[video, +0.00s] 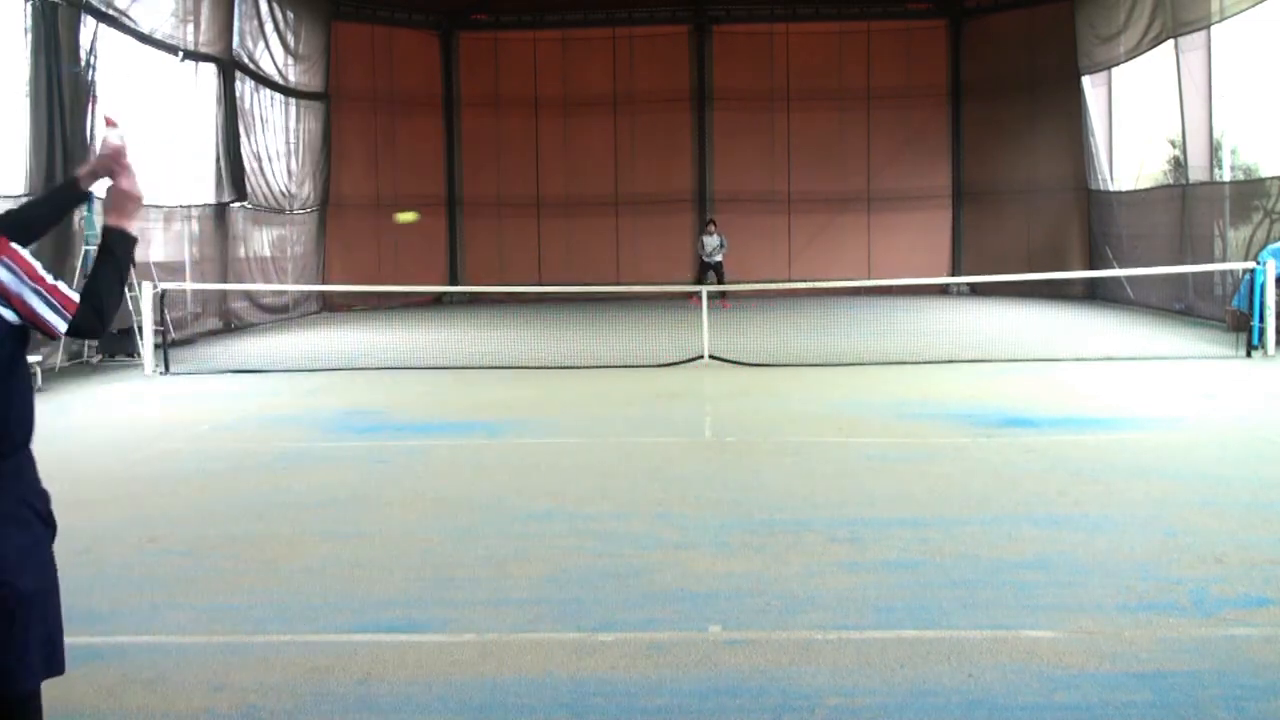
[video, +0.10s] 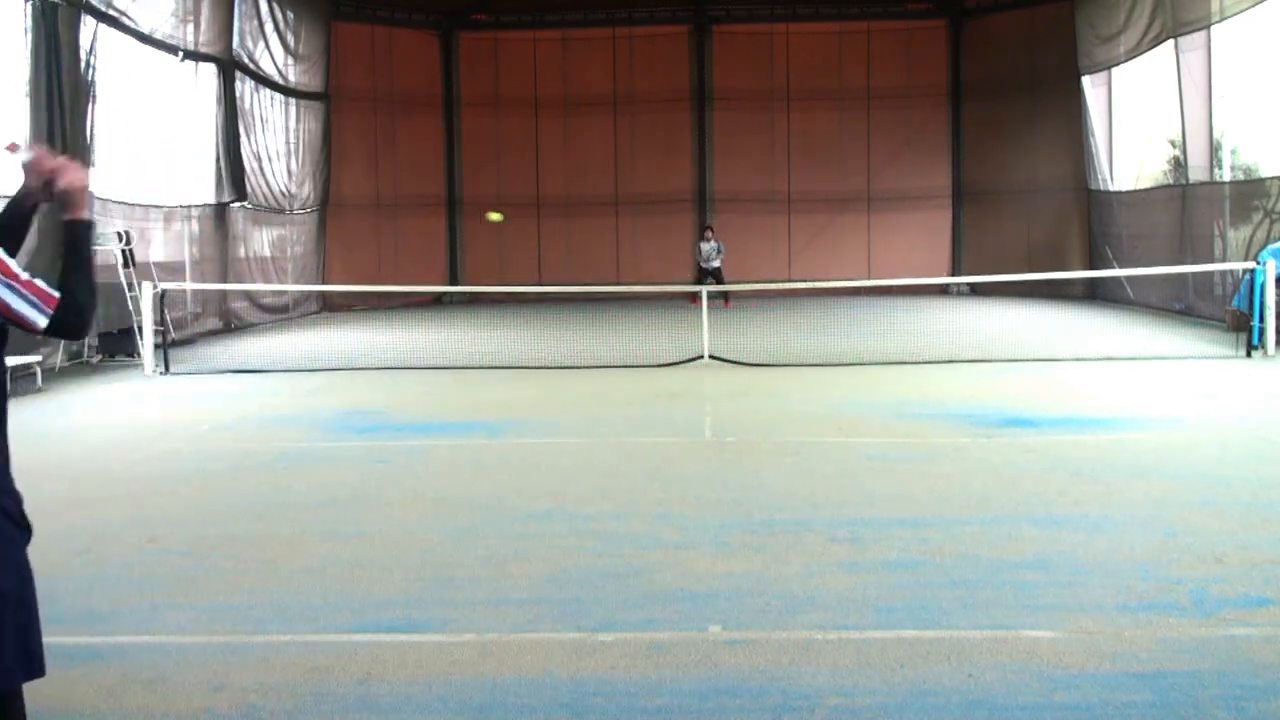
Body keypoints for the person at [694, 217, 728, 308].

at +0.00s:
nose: (711, 229)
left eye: (713, 226)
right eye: (709, 227)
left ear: (715, 228)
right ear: (706, 228)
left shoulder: (720, 237)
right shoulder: (703, 237)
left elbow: (724, 247)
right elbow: (699, 248)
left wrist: (718, 253)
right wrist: (704, 254)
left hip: (717, 260)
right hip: (706, 260)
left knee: (721, 279)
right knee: (700, 278)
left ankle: (723, 298)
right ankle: (696, 295)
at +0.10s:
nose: (708, 235)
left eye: (709, 232)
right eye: (706, 232)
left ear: (712, 234)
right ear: (704, 234)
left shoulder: (717, 243)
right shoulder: (700, 244)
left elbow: (722, 253)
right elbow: (697, 255)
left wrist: (715, 258)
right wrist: (702, 260)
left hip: (715, 266)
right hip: (704, 266)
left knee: (721, 283)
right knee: (699, 282)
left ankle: (726, 299)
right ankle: (695, 297)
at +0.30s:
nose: (705, 240)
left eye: (707, 238)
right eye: (703, 238)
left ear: (710, 239)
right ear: (701, 240)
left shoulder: (714, 248)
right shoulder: (700, 249)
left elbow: (712, 259)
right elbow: (699, 259)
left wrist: (703, 258)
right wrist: (699, 259)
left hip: (716, 270)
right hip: (705, 270)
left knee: (721, 286)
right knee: (696, 285)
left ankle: (726, 302)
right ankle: (694, 301)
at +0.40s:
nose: (703, 239)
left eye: (705, 237)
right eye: (702, 237)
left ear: (708, 238)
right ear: (700, 239)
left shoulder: (711, 246)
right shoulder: (702, 248)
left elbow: (709, 256)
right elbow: (702, 257)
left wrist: (695, 256)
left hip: (716, 268)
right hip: (707, 268)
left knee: (720, 284)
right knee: (700, 283)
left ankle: (726, 301)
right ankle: (699, 300)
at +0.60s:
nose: (699, 241)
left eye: (700, 239)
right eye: (697, 239)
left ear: (704, 239)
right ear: (696, 241)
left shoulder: (707, 247)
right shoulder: (700, 249)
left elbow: (699, 256)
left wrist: (688, 260)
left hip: (716, 268)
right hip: (707, 270)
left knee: (716, 283)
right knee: (701, 283)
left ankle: (726, 300)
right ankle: (701, 299)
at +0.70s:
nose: (698, 243)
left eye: (699, 240)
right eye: (696, 241)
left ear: (703, 241)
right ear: (695, 242)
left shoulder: (706, 249)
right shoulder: (700, 251)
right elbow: (695, 260)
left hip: (717, 269)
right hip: (708, 271)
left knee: (717, 284)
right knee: (701, 284)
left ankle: (722, 302)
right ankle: (701, 301)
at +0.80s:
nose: (698, 245)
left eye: (699, 242)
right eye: (696, 243)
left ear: (703, 243)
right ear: (694, 245)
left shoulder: (706, 251)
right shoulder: (699, 252)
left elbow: (697, 260)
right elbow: (694, 261)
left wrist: (685, 267)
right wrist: (688, 269)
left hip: (717, 269)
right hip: (707, 271)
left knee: (716, 284)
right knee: (699, 284)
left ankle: (721, 302)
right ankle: (700, 300)